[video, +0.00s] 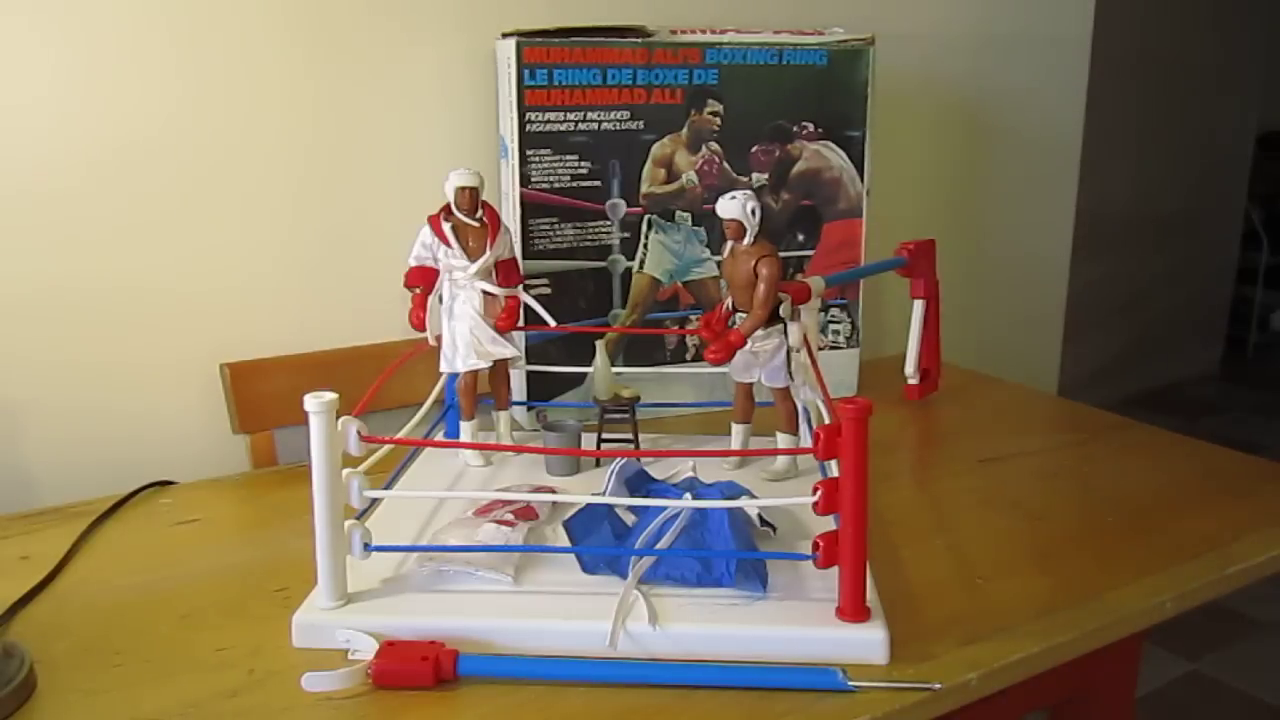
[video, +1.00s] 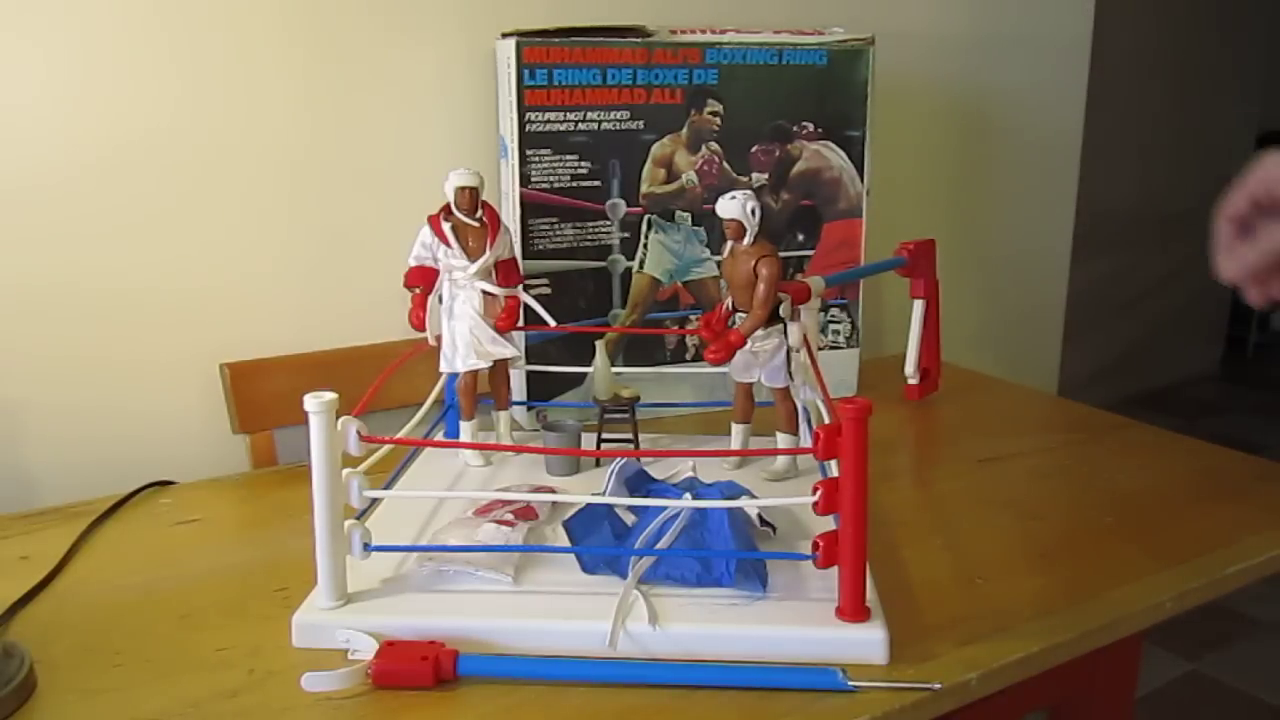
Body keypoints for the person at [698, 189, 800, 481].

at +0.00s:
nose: (725, 227)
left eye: (730, 222)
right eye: (724, 222)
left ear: (748, 222)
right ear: (724, 222)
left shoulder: (766, 260)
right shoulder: (731, 249)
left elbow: (761, 312)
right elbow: (735, 291)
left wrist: (735, 338)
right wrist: (721, 314)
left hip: (769, 332)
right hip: (743, 329)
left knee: (780, 390)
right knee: (742, 385)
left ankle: (787, 456)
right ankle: (738, 450)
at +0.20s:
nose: (725, 227)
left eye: (730, 222)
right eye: (724, 222)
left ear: (748, 222)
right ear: (724, 222)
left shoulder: (766, 260)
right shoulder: (730, 249)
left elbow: (761, 312)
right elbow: (735, 292)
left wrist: (735, 338)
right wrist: (720, 315)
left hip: (769, 332)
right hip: (743, 329)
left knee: (779, 390)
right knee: (742, 386)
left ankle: (787, 456)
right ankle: (738, 450)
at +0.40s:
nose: (725, 227)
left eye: (730, 222)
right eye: (723, 222)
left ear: (747, 222)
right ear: (724, 222)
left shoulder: (766, 260)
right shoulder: (730, 249)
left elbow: (761, 312)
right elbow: (735, 291)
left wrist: (735, 338)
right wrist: (720, 315)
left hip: (769, 332)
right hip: (743, 329)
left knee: (780, 390)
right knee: (742, 386)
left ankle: (787, 456)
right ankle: (738, 450)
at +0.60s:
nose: (725, 227)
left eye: (730, 222)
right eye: (723, 222)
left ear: (747, 222)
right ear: (724, 222)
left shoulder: (766, 260)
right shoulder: (730, 249)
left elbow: (761, 312)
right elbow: (735, 292)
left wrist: (735, 338)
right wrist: (720, 315)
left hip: (769, 332)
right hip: (743, 329)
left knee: (779, 390)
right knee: (742, 386)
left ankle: (787, 456)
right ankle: (738, 449)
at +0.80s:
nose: (725, 227)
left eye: (730, 222)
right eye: (724, 222)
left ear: (747, 222)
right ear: (724, 222)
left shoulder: (766, 260)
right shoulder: (730, 249)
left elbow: (761, 312)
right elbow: (734, 291)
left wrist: (735, 338)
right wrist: (721, 315)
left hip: (769, 333)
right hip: (743, 329)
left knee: (779, 390)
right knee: (742, 386)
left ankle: (787, 456)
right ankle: (738, 449)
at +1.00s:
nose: (725, 227)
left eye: (730, 222)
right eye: (724, 222)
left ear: (747, 222)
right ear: (724, 223)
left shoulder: (766, 260)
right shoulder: (730, 249)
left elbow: (761, 312)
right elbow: (735, 291)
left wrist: (735, 338)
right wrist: (720, 315)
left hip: (769, 332)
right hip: (743, 329)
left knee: (780, 390)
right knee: (742, 386)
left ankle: (787, 456)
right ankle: (738, 449)